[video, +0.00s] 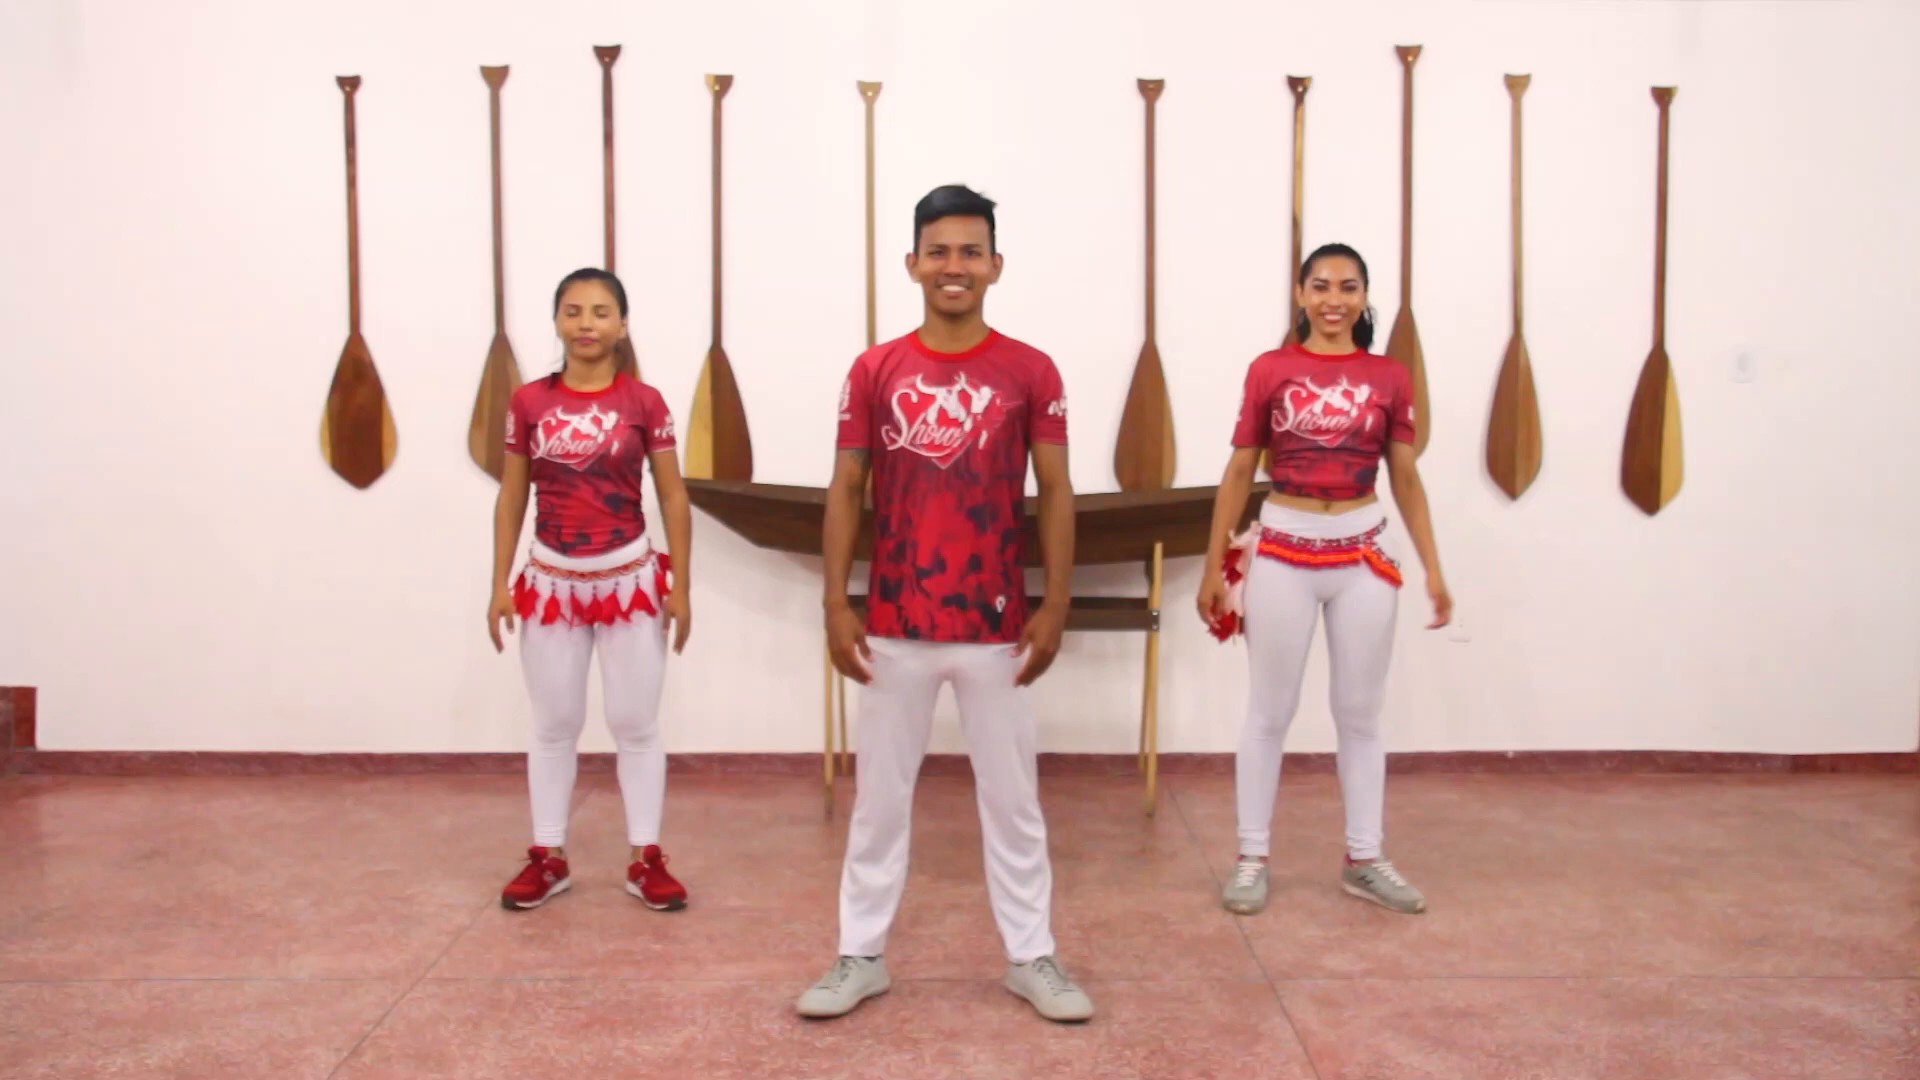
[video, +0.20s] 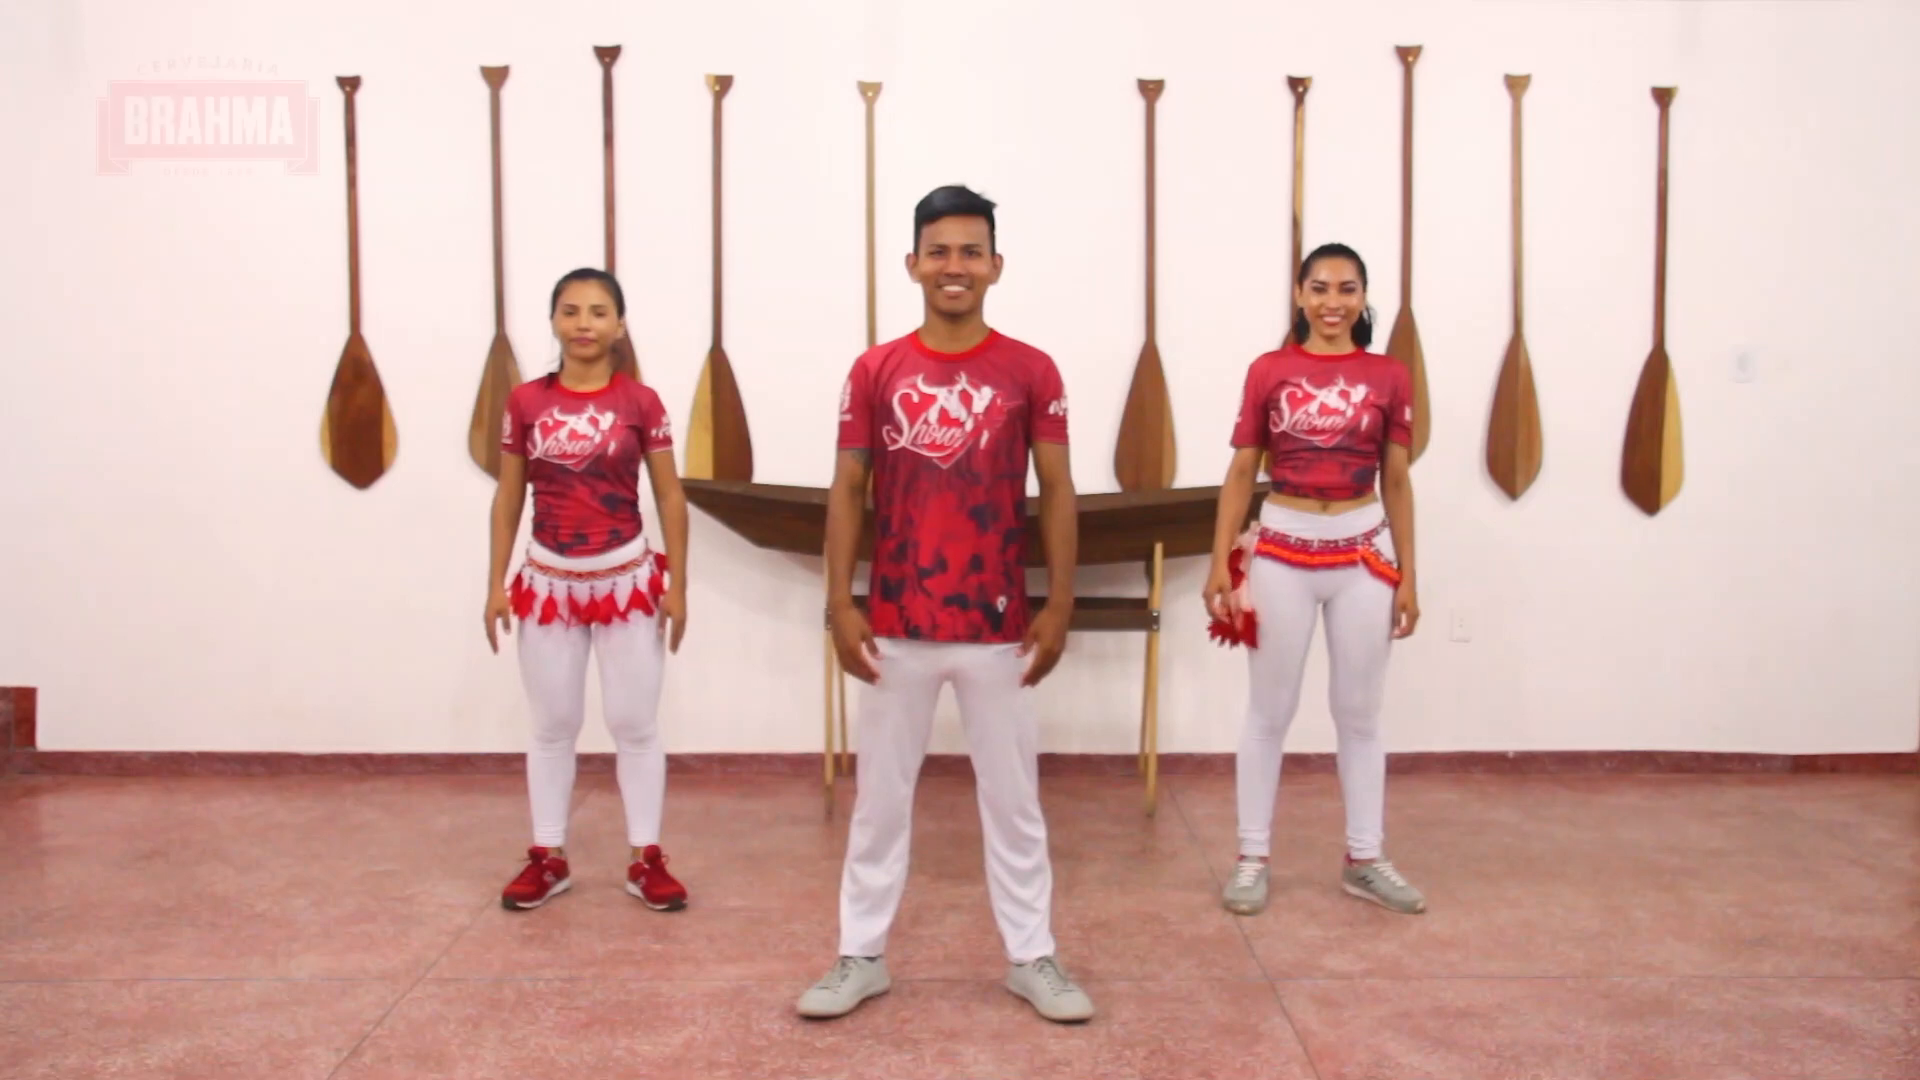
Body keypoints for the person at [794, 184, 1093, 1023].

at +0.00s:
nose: (955, 266)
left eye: (971, 251)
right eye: (940, 252)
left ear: (994, 264)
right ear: (915, 263)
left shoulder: (1031, 372)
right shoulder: (874, 371)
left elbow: (1057, 491)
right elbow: (845, 490)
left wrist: (1056, 603)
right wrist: (835, 602)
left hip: (995, 625)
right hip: (895, 623)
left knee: (1013, 802)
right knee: (880, 797)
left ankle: (1032, 955)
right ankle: (860, 953)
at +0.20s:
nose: (956, 266)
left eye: (972, 251)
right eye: (939, 252)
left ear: (994, 264)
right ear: (915, 264)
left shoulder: (1031, 372)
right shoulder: (875, 372)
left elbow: (1058, 490)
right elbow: (847, 491)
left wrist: (1060, 602)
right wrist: (838, 602)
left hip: (997, 625)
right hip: (897, 624)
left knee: (1014, 801)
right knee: (881, 797)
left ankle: (1032, 956)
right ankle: (860, 954)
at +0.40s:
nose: (955, 266)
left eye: (971, 252)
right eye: (939, 252)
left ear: (993, 264)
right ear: (915, 264)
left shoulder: (1032, 370)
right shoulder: (875, 373)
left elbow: (1058, 490)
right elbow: (850, 494)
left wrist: (1059, 601)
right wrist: (844, 604)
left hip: (997, 625)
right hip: (898, 624)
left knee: (1014, 801)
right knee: (881, 797)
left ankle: (1032, 955)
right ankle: (861, 953)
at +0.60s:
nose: (954, 267)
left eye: (970, 252)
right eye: (938, 253)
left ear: (992, 264)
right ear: (914, 264)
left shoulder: (1032, 369)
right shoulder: (876, 373)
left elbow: (1058, 489)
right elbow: (849, 493)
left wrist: (1058, 601)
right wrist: (842, 603)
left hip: (997, 625)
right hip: (898, 623)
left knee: (1014, 800)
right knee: (881, 797)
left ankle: (1032, 955)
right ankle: (861, 953)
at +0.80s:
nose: (954, 267)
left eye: (970, 252)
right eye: (938, 253)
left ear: (992, 264)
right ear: (914, 264)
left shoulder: (1031, 367)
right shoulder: (875, 372)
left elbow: (1059, 488)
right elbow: (847, 492)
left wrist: (1060, 600)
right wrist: (837, 603)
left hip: (998, 625)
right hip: (898, 623)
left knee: (1015, 799)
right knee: (881, 796)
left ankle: (1032, 955)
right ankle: (862, 953)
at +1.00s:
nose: (953, 267)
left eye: (969, 252)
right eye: (937, 253)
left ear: (992, 264)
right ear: (913, 265)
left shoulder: (1031, 368)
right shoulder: (875, 372)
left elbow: (1058, 488)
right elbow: (847, 492)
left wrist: (1059, 601)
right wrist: (838, 604)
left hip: (998, 624)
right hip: (898, 623)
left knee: (1015, 799)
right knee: (881, 795)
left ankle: (1033, 955)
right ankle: (862, 953)